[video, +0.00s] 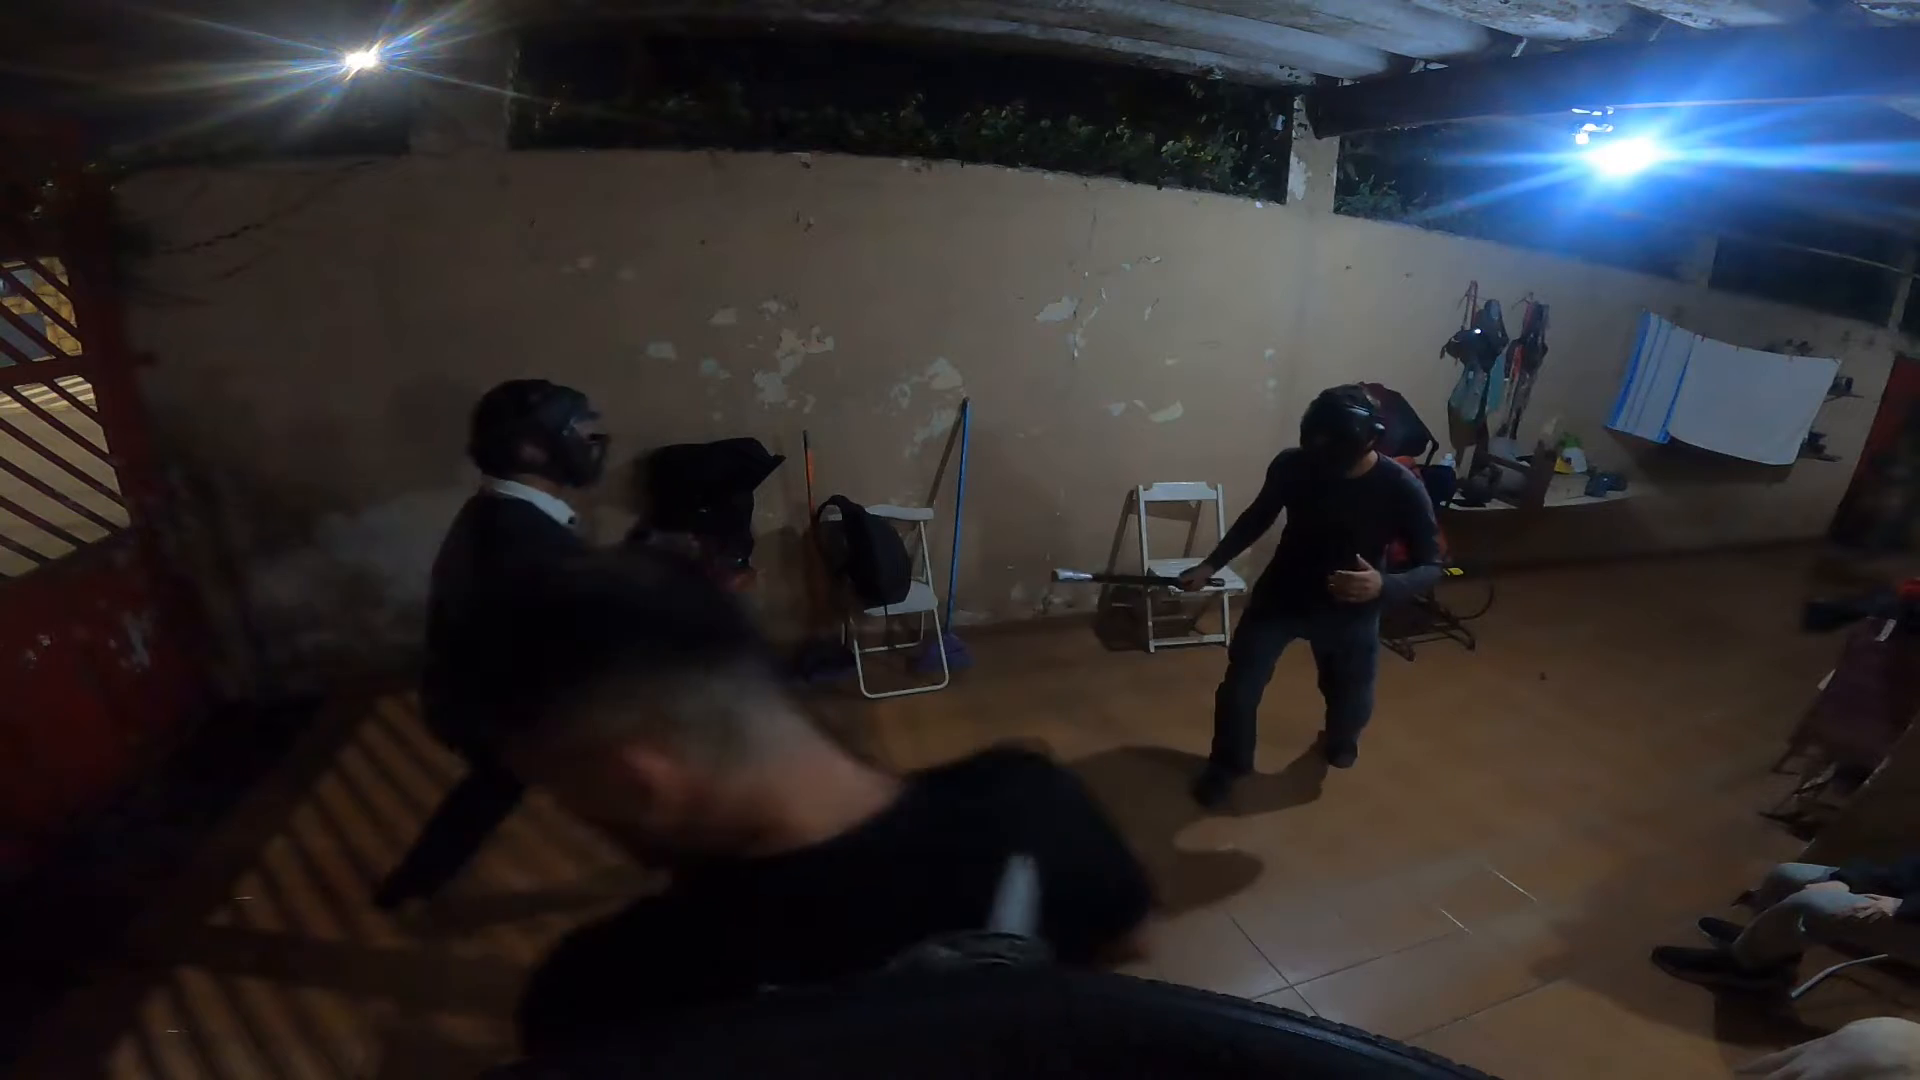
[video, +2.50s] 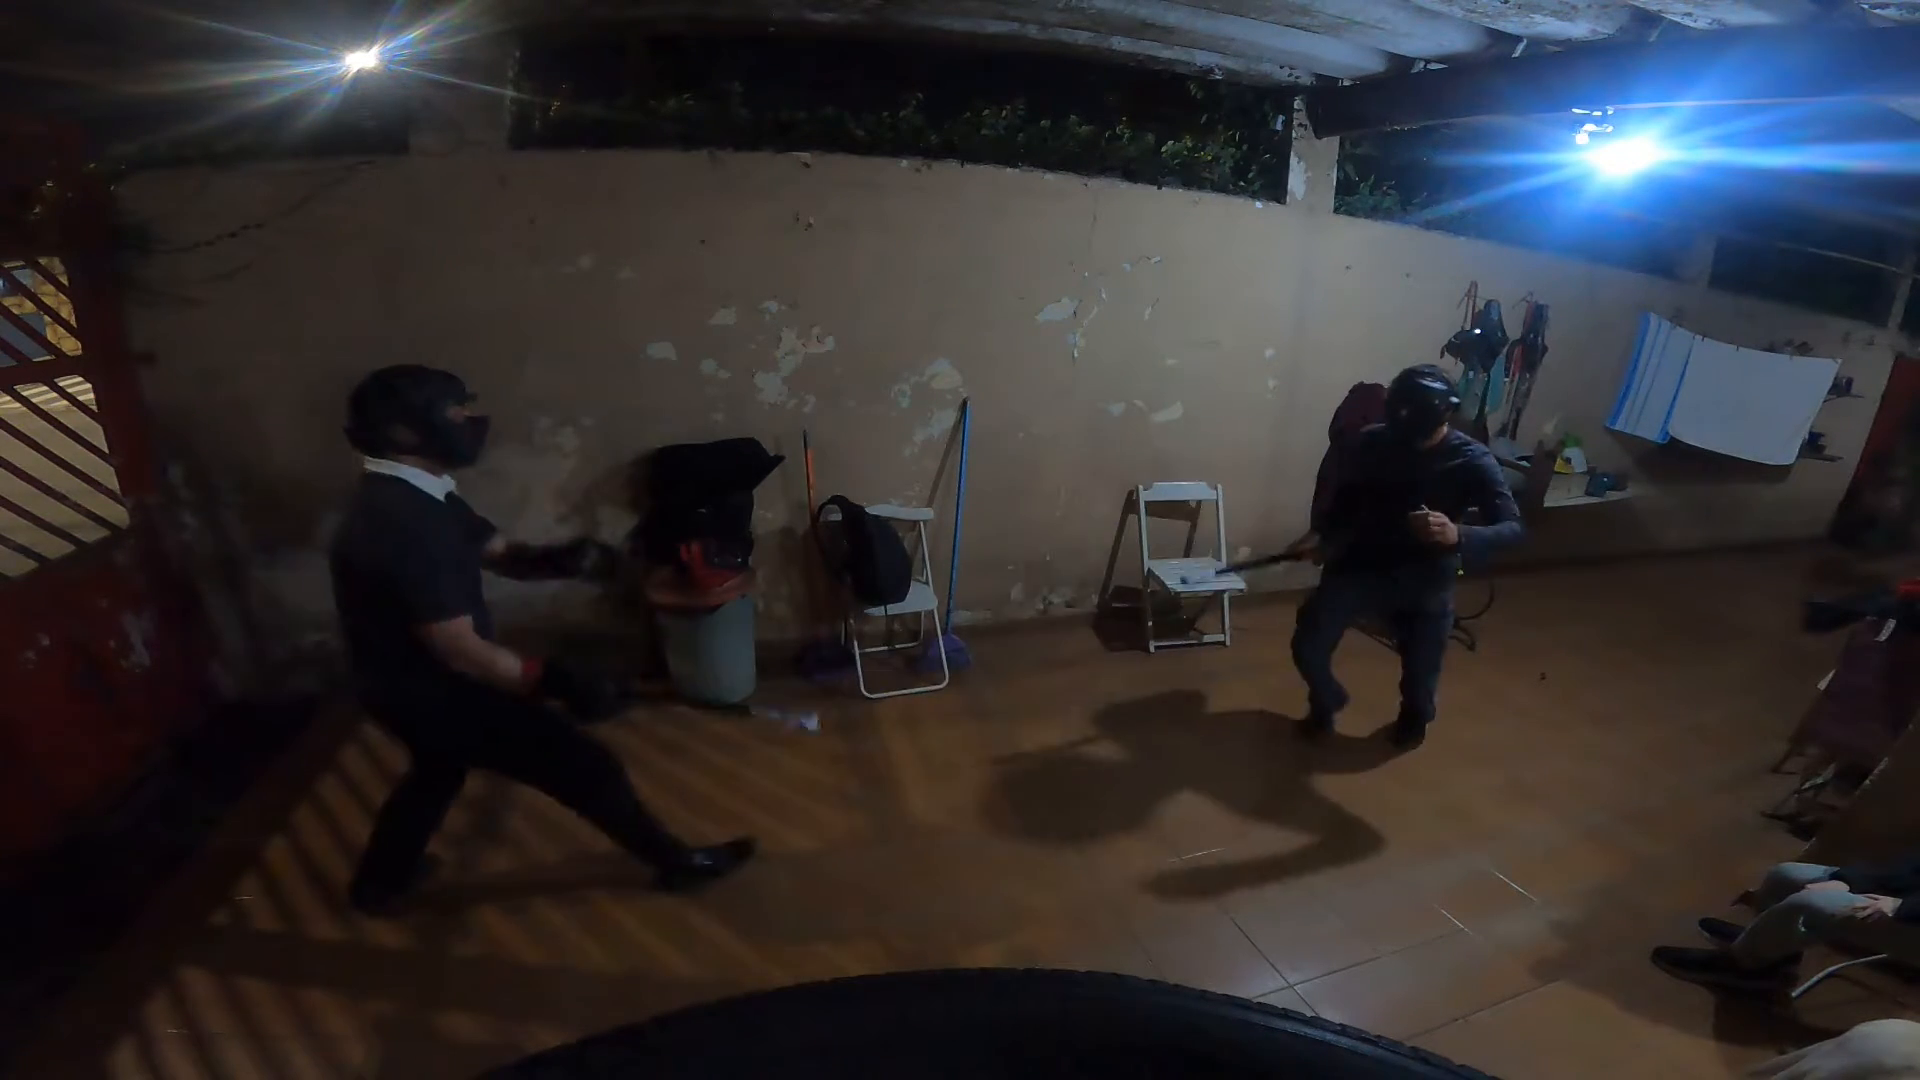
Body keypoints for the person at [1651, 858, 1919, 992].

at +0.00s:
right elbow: (1911, 871)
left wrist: (1903, 908)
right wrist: (1847, 878)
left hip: (1912, 922)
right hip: (1904, 890)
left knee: (1807, 905)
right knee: (1786, 877)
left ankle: (1742, 960)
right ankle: (1754, 941)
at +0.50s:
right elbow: (1910, 872)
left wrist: (1903, 908)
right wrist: (1848, 878)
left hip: (1912, 923)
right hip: (1904, 893)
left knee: (1807, 905)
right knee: (1785, 877)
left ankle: (1740, 961)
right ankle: (1756, 944)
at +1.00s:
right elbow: (1911, 870)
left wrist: (1903, 908)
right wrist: (1847, 878)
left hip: (1912, 923)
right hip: (1904, 891)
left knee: (1807, 905)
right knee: (1785, 877)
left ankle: (1740, 962)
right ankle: (1755, 942)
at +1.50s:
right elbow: (1910, 870)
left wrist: (1904, 909)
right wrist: (1845, 879)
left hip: (1911, 922)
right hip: (1903, 893)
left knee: (1805, 906)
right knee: (1785, 876)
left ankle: (1738, 962)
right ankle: (1755, 942)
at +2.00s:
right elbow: (1909, 869)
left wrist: (1903, 908)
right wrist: (1846, 879)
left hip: (1911, 924)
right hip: (1902, 893)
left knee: (1806, 906)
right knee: (1786, 876)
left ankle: (1740, 961)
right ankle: (1752, 941)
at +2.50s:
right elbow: (1912, 870)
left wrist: (1903, 908)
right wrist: (1846, 880)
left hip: (1911, 925)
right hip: (1901, 892)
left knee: (1807, 905)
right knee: (1784, 877)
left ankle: (1739, 961)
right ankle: (1760, 945)